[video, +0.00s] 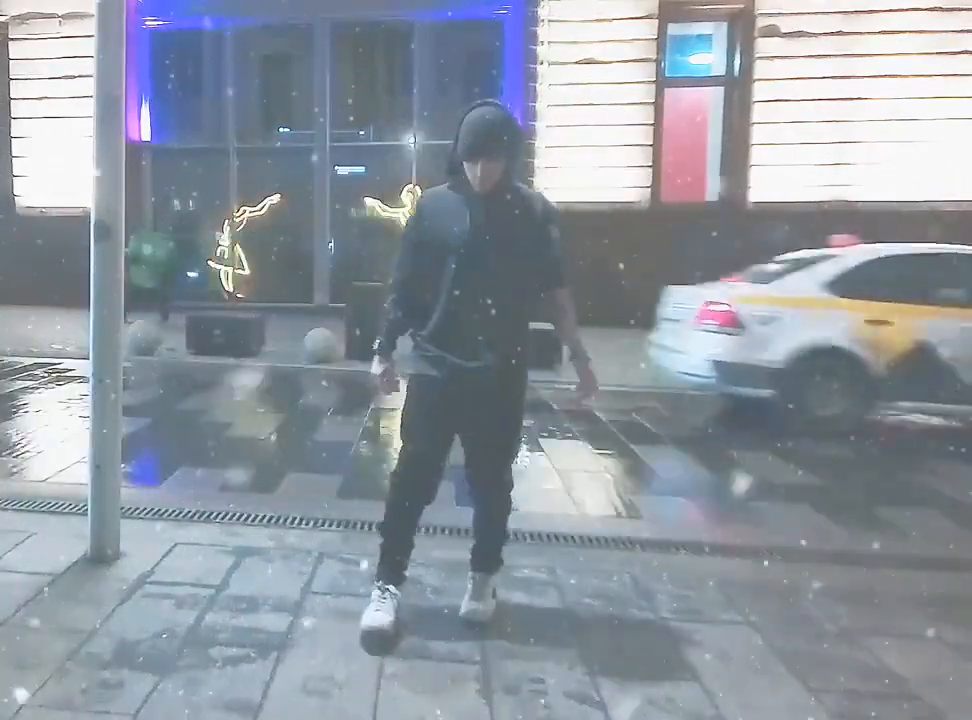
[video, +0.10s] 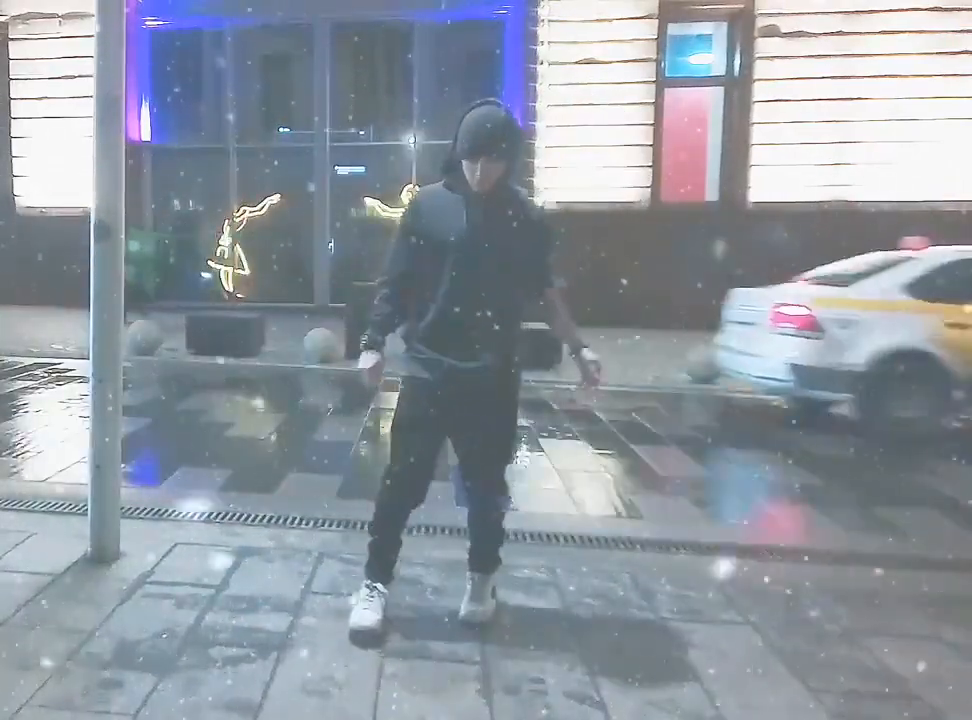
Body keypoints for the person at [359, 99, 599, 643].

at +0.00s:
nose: (481, 170)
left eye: (492, 158)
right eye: (472, 158)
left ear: (512, 158)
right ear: (460, 157)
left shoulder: (535, 215)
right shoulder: (434, 207)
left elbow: (557, 291)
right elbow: (404, 285)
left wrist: (578, 355)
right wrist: (385, 347)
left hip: (499, 374)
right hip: (433, 366)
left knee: (491, 481)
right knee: (412, 477)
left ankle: (483, 578)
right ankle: (386, 587)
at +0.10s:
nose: (481, 170)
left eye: (492, 159)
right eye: (472, 158)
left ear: (511, 160)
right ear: (459, 156)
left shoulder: (527, 220)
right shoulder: (428, 206)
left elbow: (548, 293)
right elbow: (395, 283)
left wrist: (580, 349)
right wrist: (372, 343)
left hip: (491, 373)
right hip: (427, 366)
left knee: (486, 487)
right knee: (403, 481)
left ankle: (481, 580)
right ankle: (374, 586)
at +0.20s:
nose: (474, 169)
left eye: (486, 159)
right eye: (466, 157)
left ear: (505, 160)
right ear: (454, 155)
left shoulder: (520, 218)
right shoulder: (422, 204)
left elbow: (531, 289)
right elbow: (384, 275)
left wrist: (571, 332)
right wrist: (364, 332)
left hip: (483, 368)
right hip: (419, 363)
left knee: (480, 484)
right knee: (393, 480)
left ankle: (481, 577)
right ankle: (368, 582)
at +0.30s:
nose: (476, 168)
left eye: (486, 157)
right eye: (468, 156)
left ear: (498, 158)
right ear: (449, 153)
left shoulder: (504, 215)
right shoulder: (410, 203)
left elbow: (517, 290)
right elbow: (377, 270)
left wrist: (567, 318)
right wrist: (359, 316)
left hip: (472, 361)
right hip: (409, 358)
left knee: (470, 477)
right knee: (387, 476)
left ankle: (480, 574)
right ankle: (363, 581)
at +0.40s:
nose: (459, 168)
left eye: (469, 157)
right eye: (451, 156)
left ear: (483, 157)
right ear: (434, 151)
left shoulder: (491, 214)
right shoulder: (397, 202)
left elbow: (510, 290)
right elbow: (364, 271)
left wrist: (558, 309)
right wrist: (348, 304)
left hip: (461, 364)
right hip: (398, 361)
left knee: (456, 476)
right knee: (379, 476)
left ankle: (477, 572)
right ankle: (362, 580)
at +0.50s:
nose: (443, 167)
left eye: (454, 156)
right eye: (435, 155)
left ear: (469, 158)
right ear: (418, 149)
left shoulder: (480, 212)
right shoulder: (383, 202)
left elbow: (500, 288)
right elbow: (349, 269)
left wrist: (547, 310)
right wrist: (336, 303)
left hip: (448, 368)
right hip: (385, 365)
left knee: (445, 475)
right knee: (368, 478)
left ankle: (475, 575)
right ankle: (360, 585)